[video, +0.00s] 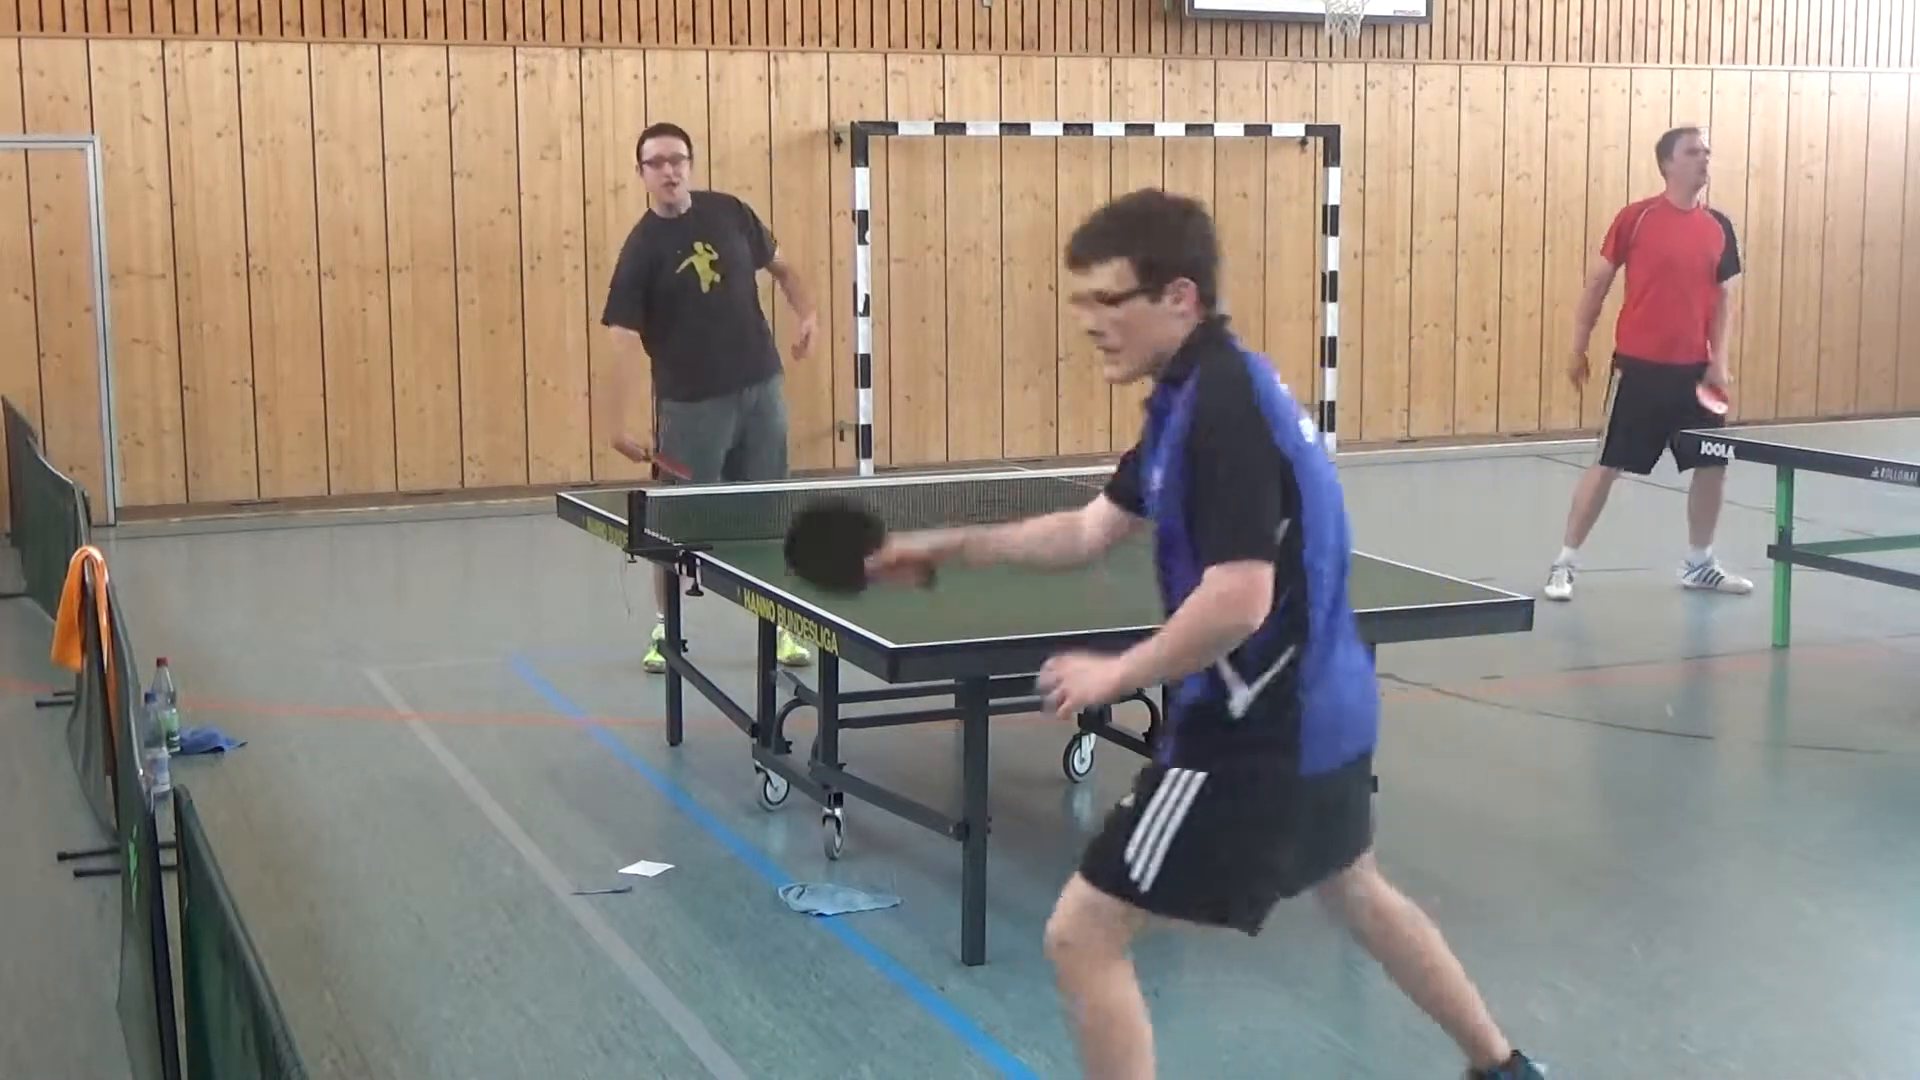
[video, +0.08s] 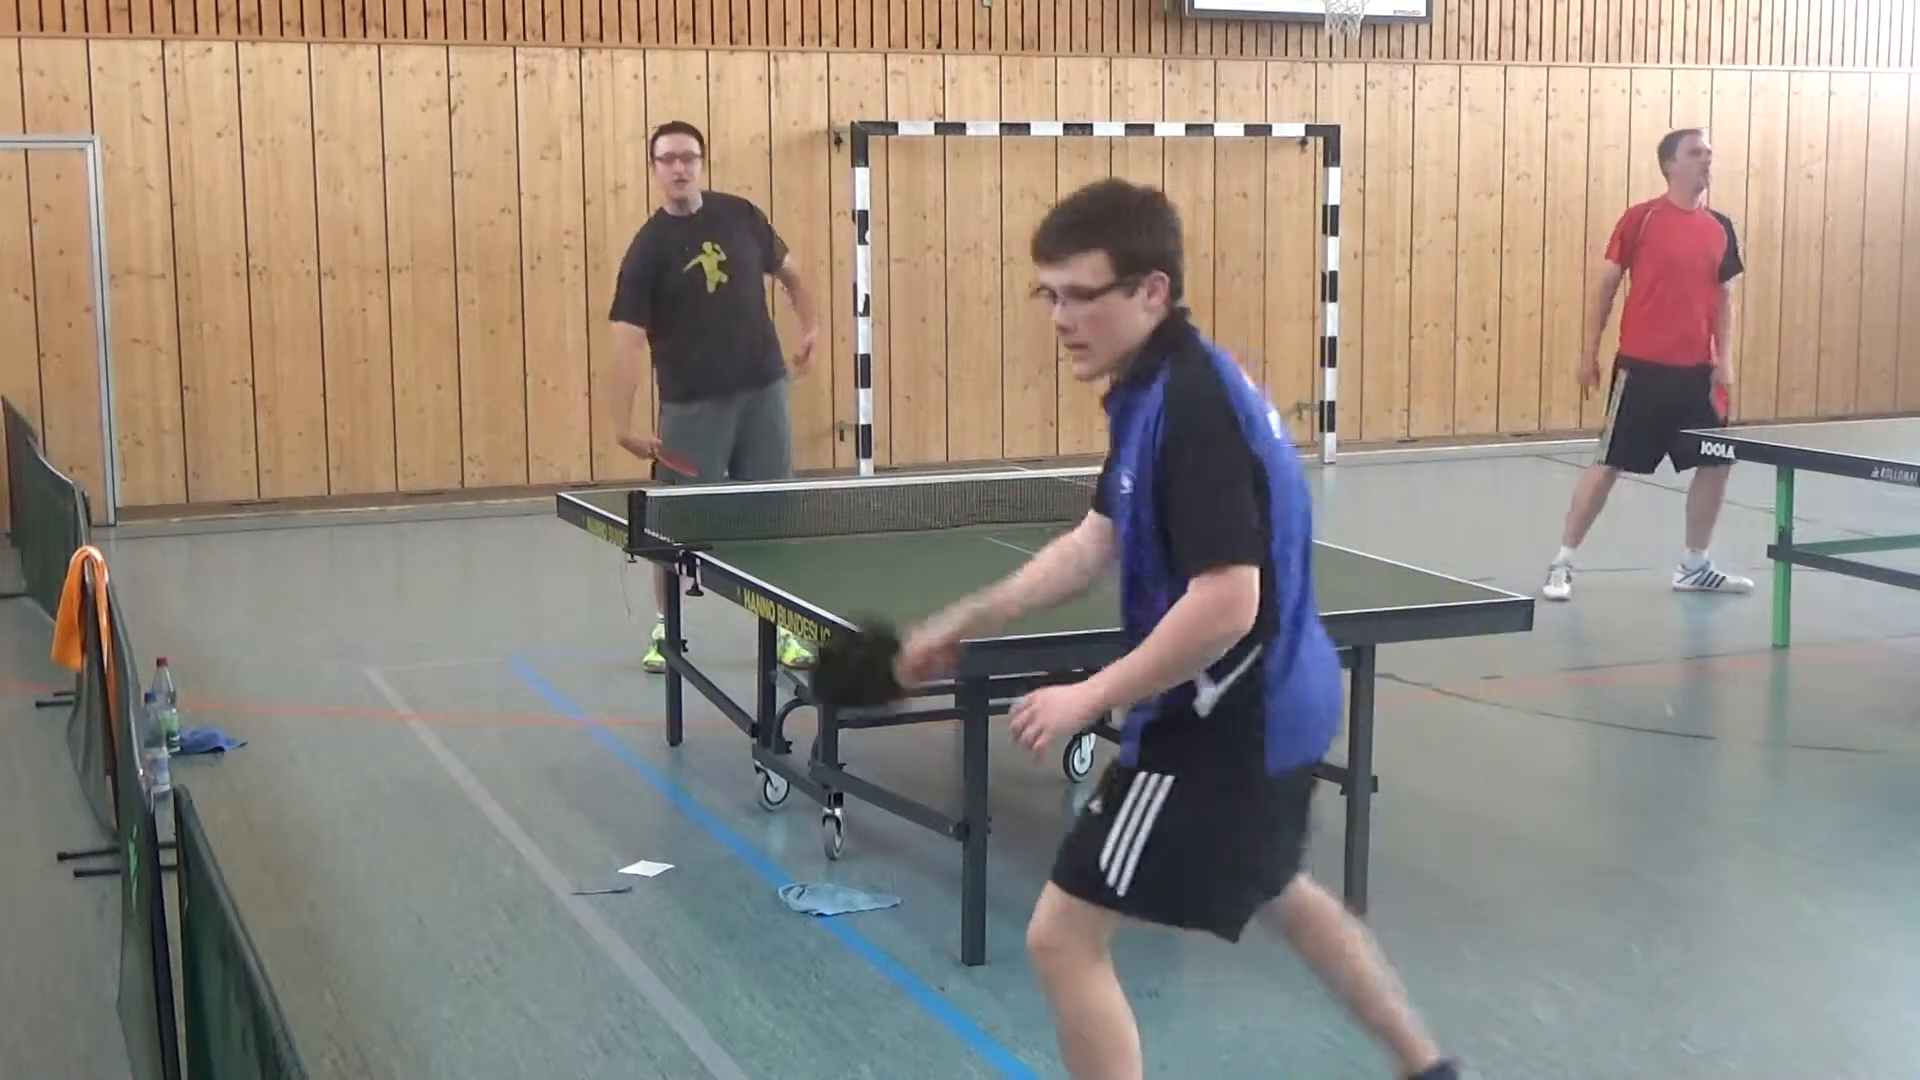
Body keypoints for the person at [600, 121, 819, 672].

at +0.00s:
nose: (668, 171)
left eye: (677, 161)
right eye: (656, 163)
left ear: (692, 165)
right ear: (641, 171)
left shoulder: (730, 212)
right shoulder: (642, 246)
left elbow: (782, 268)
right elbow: (625, 340)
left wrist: (807, 314)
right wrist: (624, 426)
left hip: (761, 386)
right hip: (691, 402)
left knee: (770, 514)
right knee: (676, 521)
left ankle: (779, 626)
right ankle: (666, 629)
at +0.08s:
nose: (678, 168)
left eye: (688, 158)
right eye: (668, 159)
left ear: (703, 163)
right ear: (652, 167)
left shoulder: (741, 214)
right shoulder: (647, 248)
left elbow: (789, 273)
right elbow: (630, 340)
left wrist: (811, 326)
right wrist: (626, 426)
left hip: (764, 389)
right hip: (694, 402)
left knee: (775, 516)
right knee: (674, 521)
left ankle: (784, 628)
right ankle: (666, 629)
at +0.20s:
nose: (700, 161)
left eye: (710, 152)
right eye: (691, 152)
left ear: (725, 160)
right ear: (674, 162)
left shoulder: (760, 215)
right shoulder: (663, 239)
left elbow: (803, 278)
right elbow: (637, 326)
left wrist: (818, 341)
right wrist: (632, 415)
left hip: (773, 391)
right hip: (700, 401)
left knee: (780, 520)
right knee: (678, 521)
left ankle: (785, 630)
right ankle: (667, 628)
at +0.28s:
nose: (715, 159)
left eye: (725, 150)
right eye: (705, 150)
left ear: (740, 159)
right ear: (688, 159)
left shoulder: (771, 217)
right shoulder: (673, 236)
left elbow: (811, 285)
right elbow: (642, 325)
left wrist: (822, 345)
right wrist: (638, 413)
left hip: (778, 392)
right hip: (705, 399)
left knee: (783, 521)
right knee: (683, 521)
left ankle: (785, 629)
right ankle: (667, 627)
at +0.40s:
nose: (735, 158)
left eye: (745, 149)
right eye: (725, 148)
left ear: (759, 158)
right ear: (709, 155)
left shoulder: (788, 220)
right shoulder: (688, 231)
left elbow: (822, 294)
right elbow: (659, 319)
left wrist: (827, 355)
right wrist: (655, 402)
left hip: (785, 396)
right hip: (712, 398)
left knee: (790, 521)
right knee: (689, 518)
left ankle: (788, 630)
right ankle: (668, 627)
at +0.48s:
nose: (744, 158)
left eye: (755, 149)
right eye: (734, 148)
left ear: (770, 158)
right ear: (719, 155)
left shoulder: (796, 221)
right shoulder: (697, 229)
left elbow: (826, 297)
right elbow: (666, 317)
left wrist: (828, 358)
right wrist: (666, 401)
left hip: (789, 397)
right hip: (716, 398)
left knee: (793, 521)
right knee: (692, 516)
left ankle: (790, 630)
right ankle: (669, 627)